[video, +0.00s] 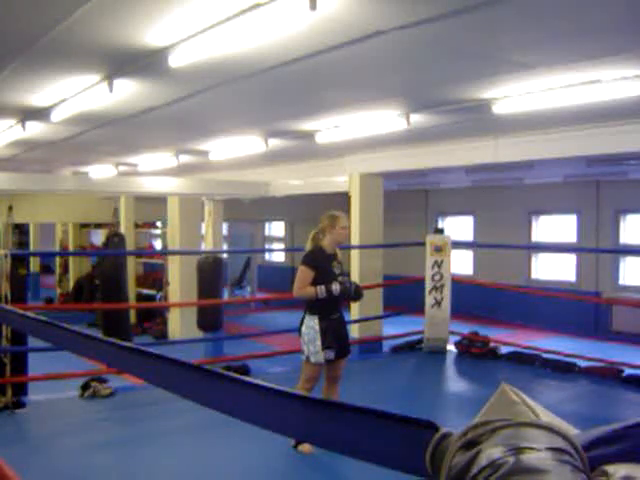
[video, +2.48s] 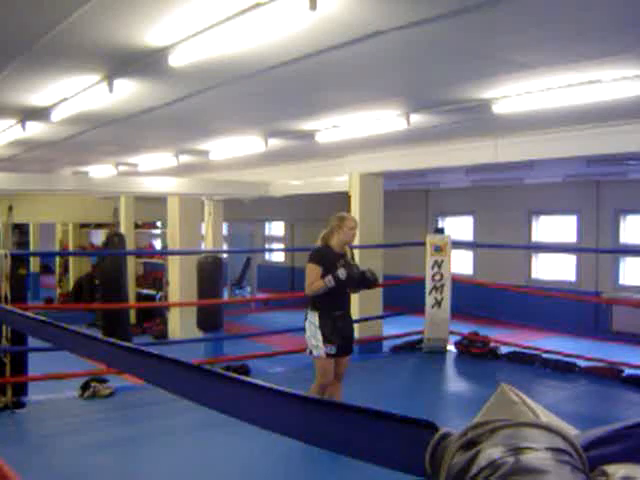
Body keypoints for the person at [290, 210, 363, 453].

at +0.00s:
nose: (346, 233)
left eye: (347, 229)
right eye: (343, 229)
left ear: (338, 231)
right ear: (329, 230)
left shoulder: (336, 258)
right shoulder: (314, 256)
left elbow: (333, 288)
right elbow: (298, 290)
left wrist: (350, 291)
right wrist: (330, 289)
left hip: (335, 318)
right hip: (316, 319)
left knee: (334, 378)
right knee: (309, 379)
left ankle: (329, 428)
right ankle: (299, 431)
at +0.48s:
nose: (347, 233)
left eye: (347, 229)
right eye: (343, 229)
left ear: (338, 230)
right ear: (329, 229)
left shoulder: (336, 258)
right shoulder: (314, 256)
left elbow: (333, 288)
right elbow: (298, 290)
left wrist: (350, 291)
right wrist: (329, 289)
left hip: (335, 318)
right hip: (316, 319)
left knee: (334, 378)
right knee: (309, 379)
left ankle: (330, 428)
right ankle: (298, 431)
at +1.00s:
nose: (347, 233)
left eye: (347, 229)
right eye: (343, 229)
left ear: (338, 230)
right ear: (329, 229)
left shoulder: (335, 258)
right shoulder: (314, 256)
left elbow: (333, 288)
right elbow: (298, 290)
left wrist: (350, 290)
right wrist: (330, 289)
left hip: (335, 318)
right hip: (316, 319)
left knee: (334, 378)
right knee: (309, 380)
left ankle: (330, 429)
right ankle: (298, 431)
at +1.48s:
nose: (346, 233)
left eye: (347, 229)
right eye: (343, 229)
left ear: (339, 231)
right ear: (329, 229)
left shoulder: (336, 258)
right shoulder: (314, 256)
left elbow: (333, 288)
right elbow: (298, 290)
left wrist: (350, 290)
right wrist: (329, 289)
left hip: (336, 317)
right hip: (316, 318)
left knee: (334, 378)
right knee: (309, 379)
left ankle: (329, 429)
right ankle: (299, 431)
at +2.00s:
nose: (352, 234)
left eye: (353, 229)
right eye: (349, 229)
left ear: (346, 231)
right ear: (334, 230)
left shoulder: (343, 258)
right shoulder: (318, 255)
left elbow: (340, 286)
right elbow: (304, 289)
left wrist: (357, 288)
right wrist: (335, 286)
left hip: (342, 317)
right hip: (321, 318)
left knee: (337, 378)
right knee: (315, 379)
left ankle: (333, 429)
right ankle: (301, 431)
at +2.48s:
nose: (354, 233)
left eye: (355, 229)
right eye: (351, 229)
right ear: (338, 229)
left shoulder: (348, 254)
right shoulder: (319, 254)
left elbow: (348, 284)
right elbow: (310, 288)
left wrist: (363, 280)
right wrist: (335, 278)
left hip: (342, 314)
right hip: (321, 314)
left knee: (338, 376)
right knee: (325, 376)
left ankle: (333, 418)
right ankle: (307, 415)